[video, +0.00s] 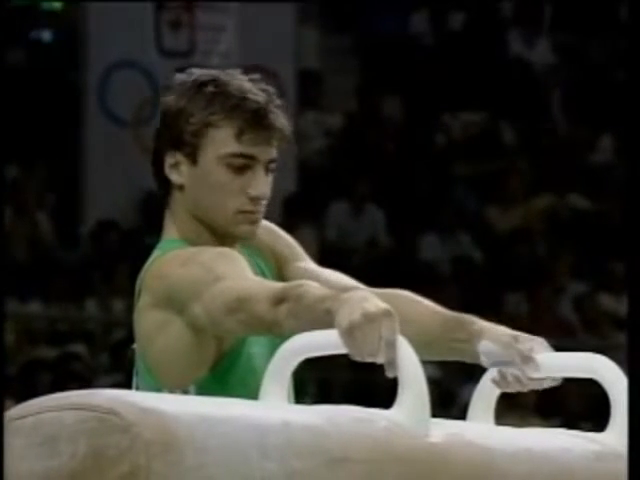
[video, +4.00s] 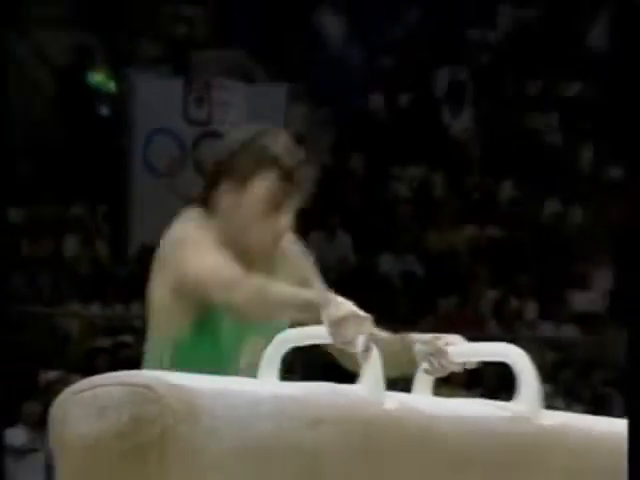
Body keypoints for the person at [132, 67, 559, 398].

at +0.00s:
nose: (260, 187)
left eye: (269, 168)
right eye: (238, 166)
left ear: (277, 168)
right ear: (177, 168)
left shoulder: (262, 242)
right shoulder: (185, 270)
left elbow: (363, 298)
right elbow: (272, 305)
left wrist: (481, 337)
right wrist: (345, 304)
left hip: (253, 466)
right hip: (190, 469)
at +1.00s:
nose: (250, 175)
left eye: (256, 155)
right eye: (225, 155)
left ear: (264, 159)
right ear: (166, 166)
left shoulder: (253, 241)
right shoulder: (183, 269)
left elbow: (355, 294)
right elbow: (270, 306)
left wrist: (477, 339)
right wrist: (341, 303)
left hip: (247, 465)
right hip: (186, 468)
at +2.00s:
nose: (254, 186)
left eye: (262, 166)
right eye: (231, 165)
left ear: (271, 163)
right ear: (171, 169)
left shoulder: (255, 238)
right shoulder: (182, 270)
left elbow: (357, 294)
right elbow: (272, 307)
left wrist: (478, 338)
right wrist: (342, 303)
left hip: (248, 467)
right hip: (188, 471)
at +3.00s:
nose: (244, 190)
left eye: (253, 170)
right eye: (221, 168)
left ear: (262, 167)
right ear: (162, 171)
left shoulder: (245, 239)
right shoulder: (166, 273)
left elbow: (353, 293)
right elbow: (264, 309)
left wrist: (476, 339)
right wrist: (339, 305)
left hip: (232, 467)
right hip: (168, 471)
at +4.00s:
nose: (285, 225)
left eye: (293, 211)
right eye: (274, 208)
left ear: (298, 208)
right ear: (226, 195)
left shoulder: (287, 251)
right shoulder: (189, 237)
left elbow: (346, 343)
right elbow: (235, 293)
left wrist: (411, 349)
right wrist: (323, 305)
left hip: (256, 430)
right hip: (181, 429)